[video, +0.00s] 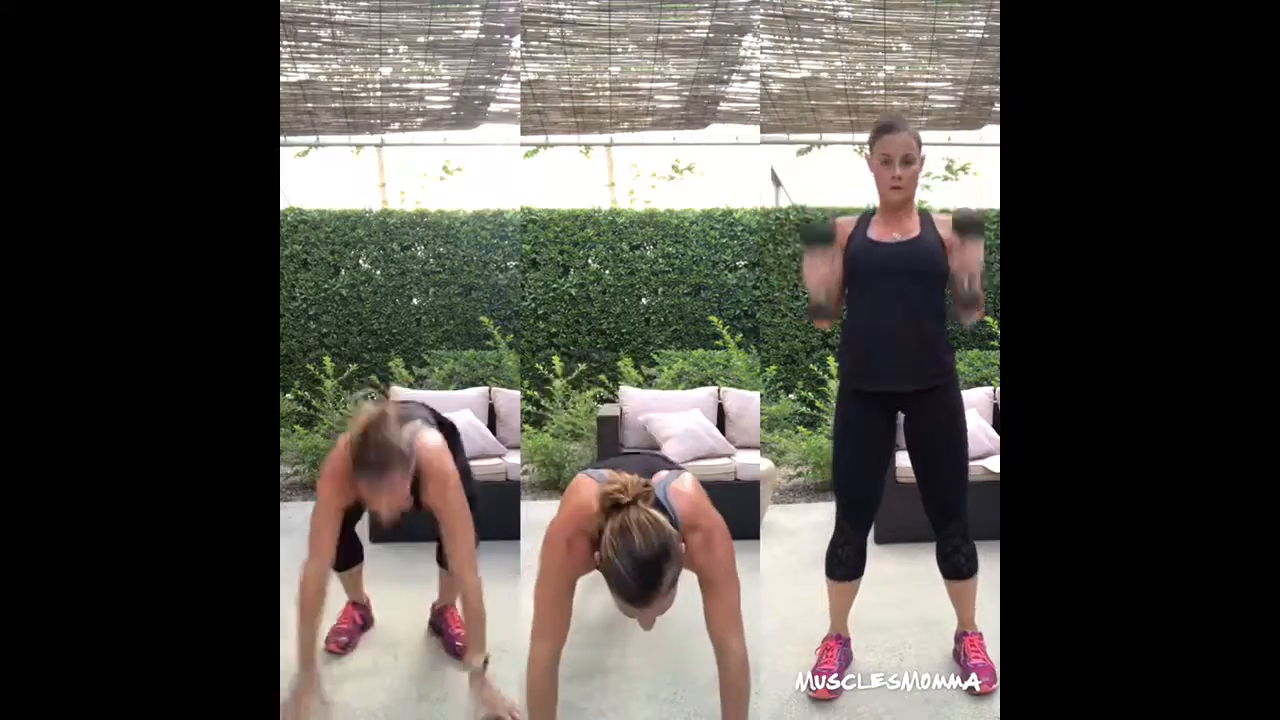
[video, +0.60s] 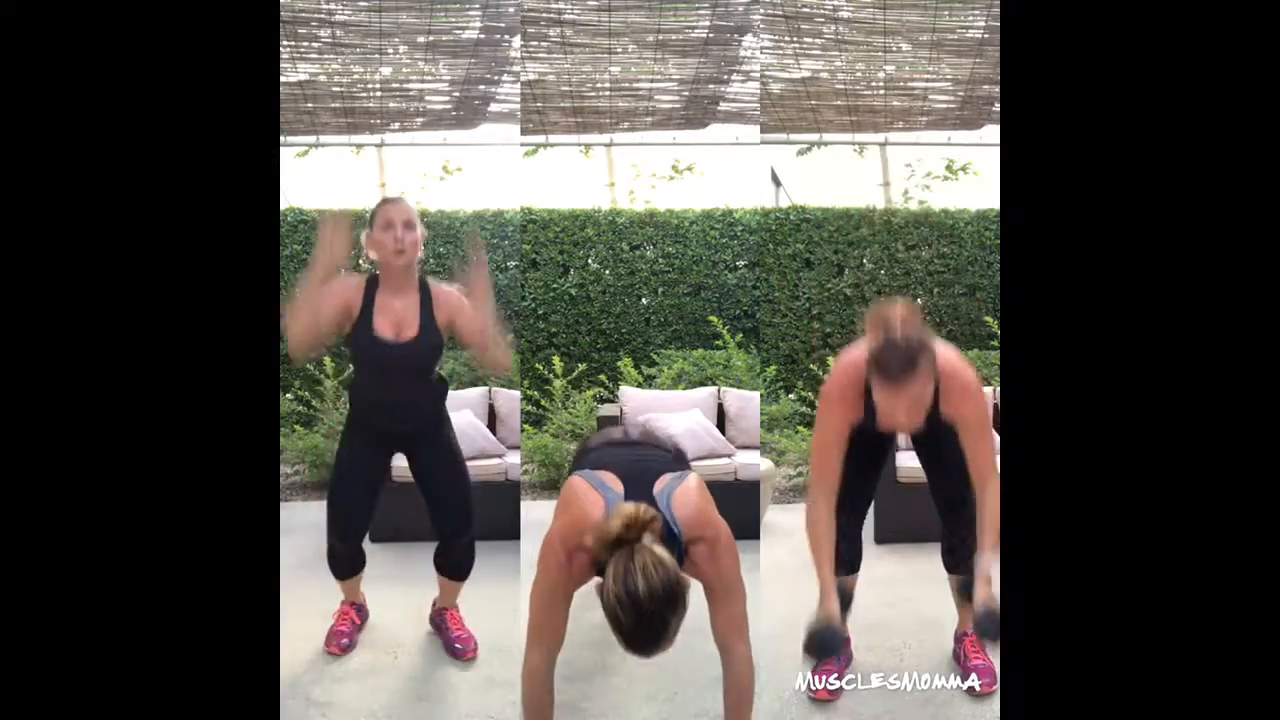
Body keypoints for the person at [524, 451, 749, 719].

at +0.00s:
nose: (647, 625)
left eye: (661, 608)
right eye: (630, 612)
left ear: (681, 551)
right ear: (599, 561)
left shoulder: (704, 523)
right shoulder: (569, 527)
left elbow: (730, 647)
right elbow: (544, 648)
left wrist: (734, 716)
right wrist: (541, 717)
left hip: (672, 475)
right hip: (598, 474)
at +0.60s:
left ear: (681, 579)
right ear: (601, 589)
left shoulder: (709, 535)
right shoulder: (566, 543)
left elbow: (736, 652)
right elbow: (540, 656)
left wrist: (738, 715)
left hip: (671, 459)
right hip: (594, 458)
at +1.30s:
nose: (630, 633)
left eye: (638, 627)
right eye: (619, 626)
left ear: (670, 565)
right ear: (587, 566)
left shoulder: (688, 515)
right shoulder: (567, 521)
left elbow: (722, 642)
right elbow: (538, 649)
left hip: (663, 449)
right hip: (588, 449)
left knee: (672, 593)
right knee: (579, 589)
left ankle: (643, 625)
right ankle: (599, 613)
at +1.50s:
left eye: (646, 637)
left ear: (667, 581)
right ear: (592, 582)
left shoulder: (688, 516)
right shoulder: (572, 521)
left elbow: (721, 644)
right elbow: (539, 649)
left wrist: (731, 715)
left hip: (664, 383)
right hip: (583, 385)